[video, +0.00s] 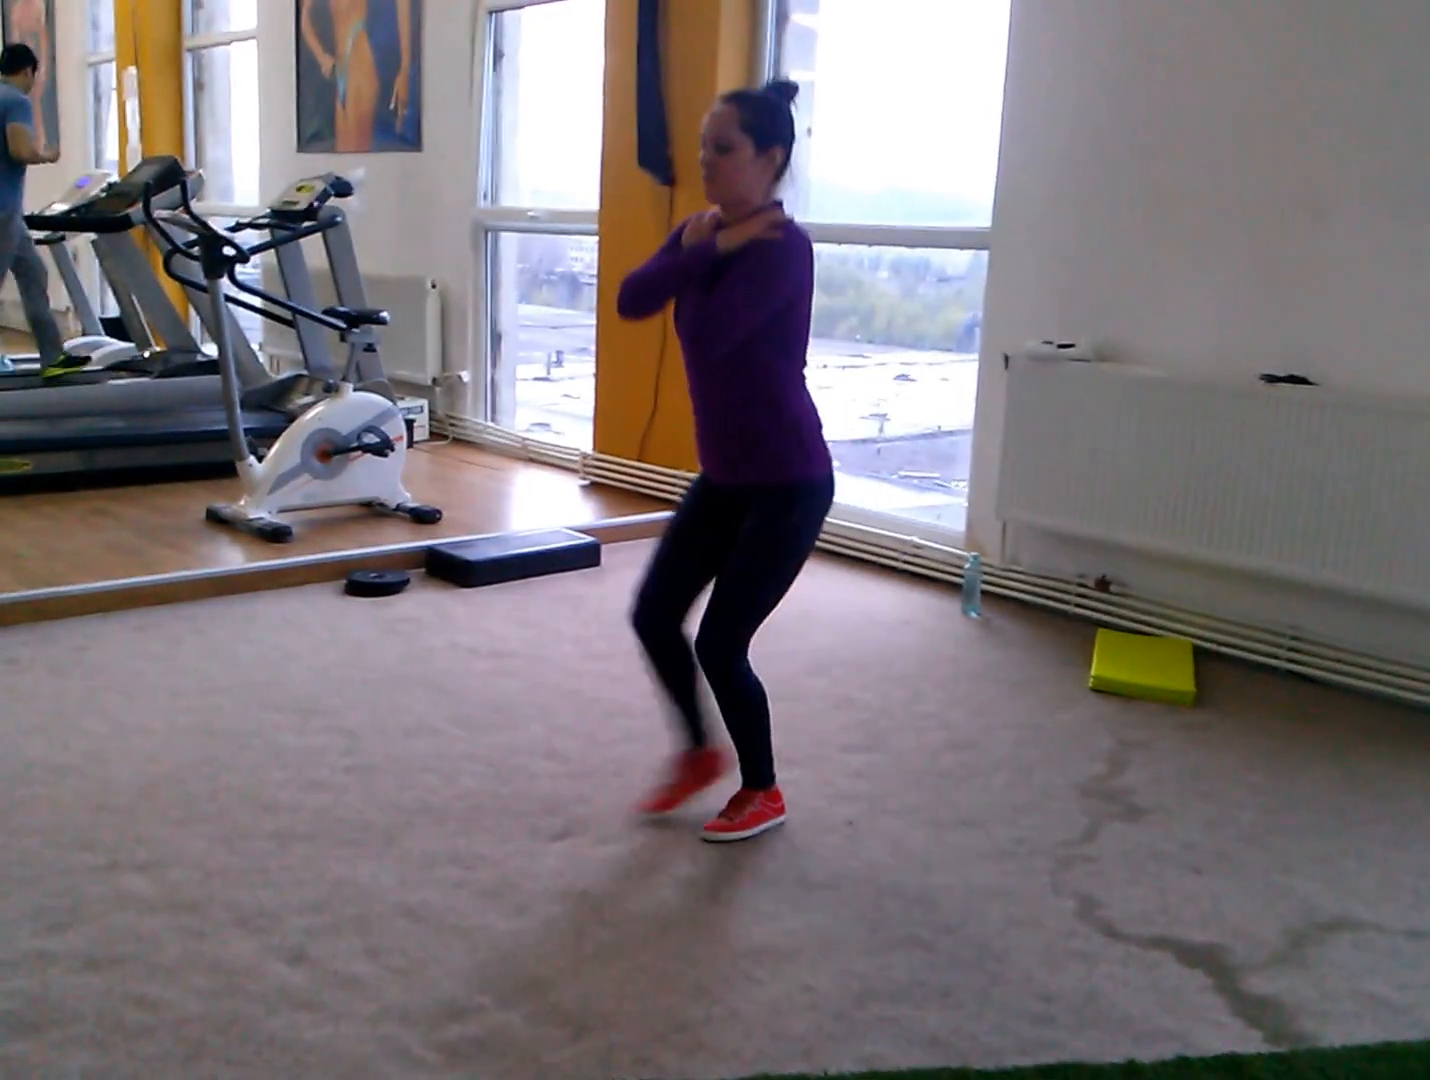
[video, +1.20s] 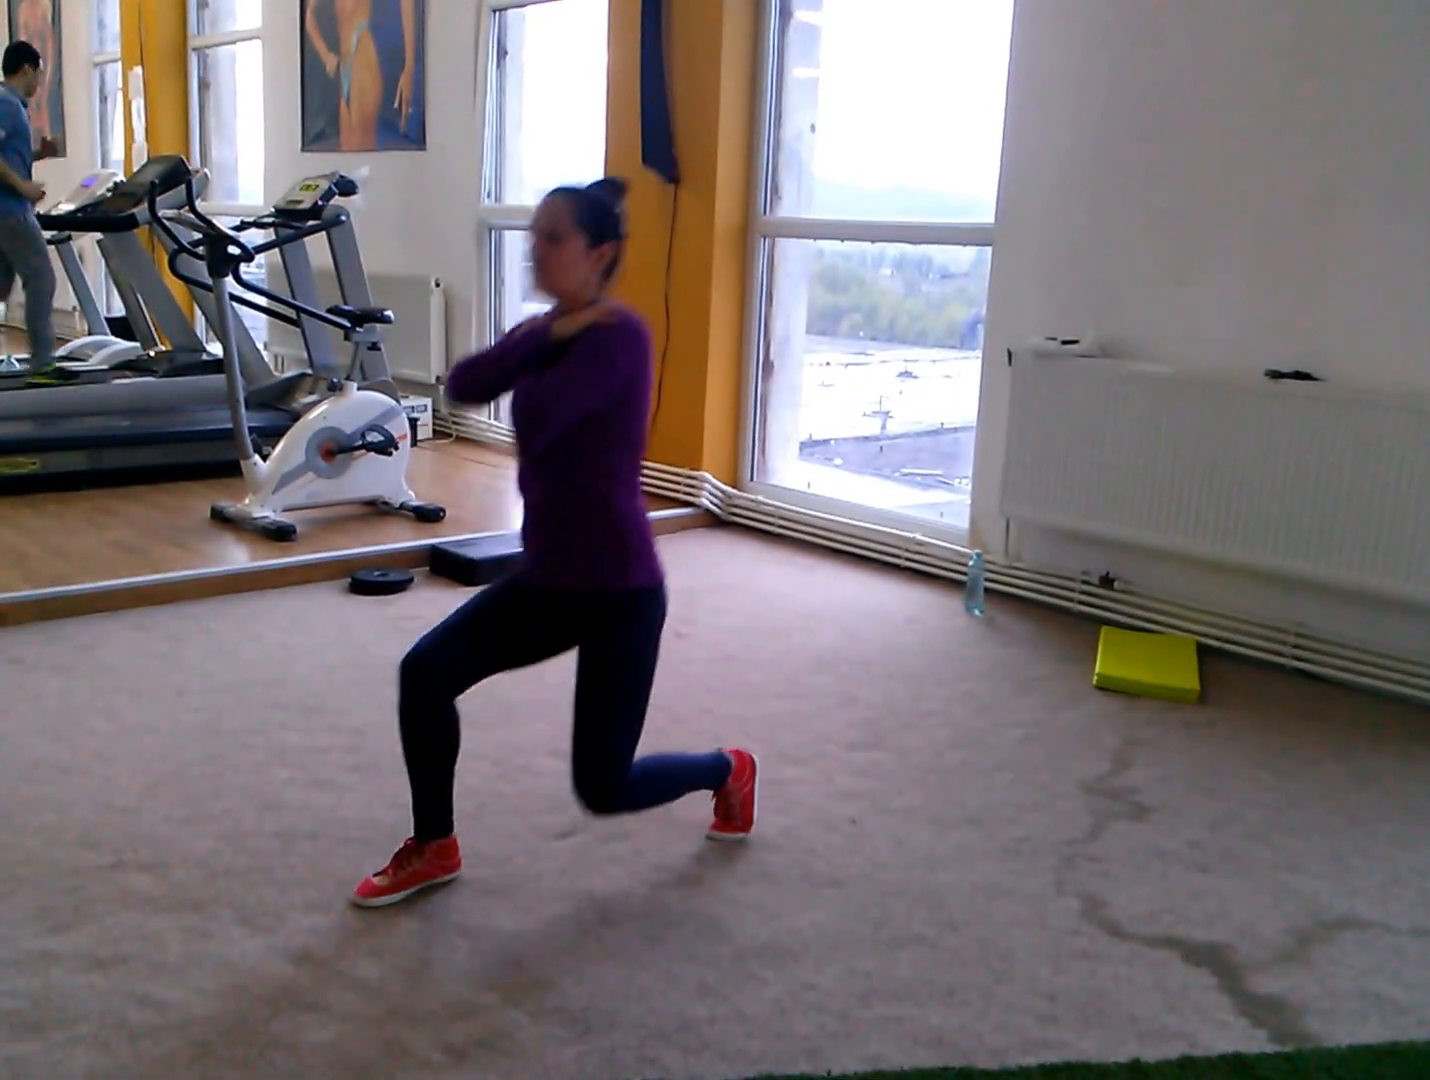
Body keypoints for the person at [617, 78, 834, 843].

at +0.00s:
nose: (706, 163)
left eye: (723, 150)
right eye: (704, 149)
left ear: (771, 160)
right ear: (707, 156)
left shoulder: (783, 247)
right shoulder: (699, 236)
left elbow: (709, 333)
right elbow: (631, 302)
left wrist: (690, 252)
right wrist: (706, 245)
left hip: (790, 484)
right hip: (723, 477)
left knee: (721, 645)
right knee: (654, 615)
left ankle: (761, 789)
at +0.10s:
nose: (691, 152)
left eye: (709, 139)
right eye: (689, 137)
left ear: (758, 148)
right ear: (690, 142)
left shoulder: (771, 233)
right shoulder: (691, 226)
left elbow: (692, 310)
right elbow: (618, 283)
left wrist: (677, 240)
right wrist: (688, 228)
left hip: (760, 483)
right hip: (691, 476)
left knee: (707, 649)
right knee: (615, 617)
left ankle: (761, 790)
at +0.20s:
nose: (669, 161)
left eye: (684, 146)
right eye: (665, 147)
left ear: (738, 150)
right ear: (667, 151)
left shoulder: (756, 237)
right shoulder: (674, 235)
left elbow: (670, 310)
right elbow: (596, 279)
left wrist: (649, 250)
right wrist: (682, 228)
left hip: (728, 488)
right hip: (655, 481)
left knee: (691, 663)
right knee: (573, 643)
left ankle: (761, 789)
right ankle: (498, 800)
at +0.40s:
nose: (613, 210)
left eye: (628, 196)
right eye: (609, 195)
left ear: (677, 202)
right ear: (610, 198)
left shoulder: (693, 289)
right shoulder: (616, 282)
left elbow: (614, 347)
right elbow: (534, 318)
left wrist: (588, 301)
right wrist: (621, 273)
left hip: (650, 541)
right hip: (578, 528)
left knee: (617, 733)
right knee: (463, 660)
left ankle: (737, 769)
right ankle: (437, 841)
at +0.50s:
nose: (572, 248)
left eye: (586, 233)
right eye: (569, 233)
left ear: (637, 237)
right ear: (605, 237)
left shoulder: (654, 322)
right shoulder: (582, 313)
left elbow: (573, 394)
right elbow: (492, 354)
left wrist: (538, 351)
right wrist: (582, 309)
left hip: (613, 577)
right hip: (540, 563)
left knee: (594, 774)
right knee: (415, 672)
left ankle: (727, 771)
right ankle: (433, 844)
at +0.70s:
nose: (505, 305)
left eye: (518, 290)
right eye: (502, 290)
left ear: (571, 291)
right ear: (550, 295)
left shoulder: (590, 378)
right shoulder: (526, 369)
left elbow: (494, 461)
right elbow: (435, 425)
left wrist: (513, 393)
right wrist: (525, 370)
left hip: (583, 637)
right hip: (514, 621)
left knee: (572, 834)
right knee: (376, 686)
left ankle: (716, 777)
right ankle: (433, 844)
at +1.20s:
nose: (536, 254)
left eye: (553, 242)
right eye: (534, 240)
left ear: (602, 252)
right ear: (539, 249)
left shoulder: (621, 339)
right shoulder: (541, 335)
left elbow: (535, 427)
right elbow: (462, 386)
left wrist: (527, 355)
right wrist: (550, 335)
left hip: (621, 590)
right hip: (548, 579)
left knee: (602, 787)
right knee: (426, 672)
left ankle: (726, 771)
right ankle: (433, 843)